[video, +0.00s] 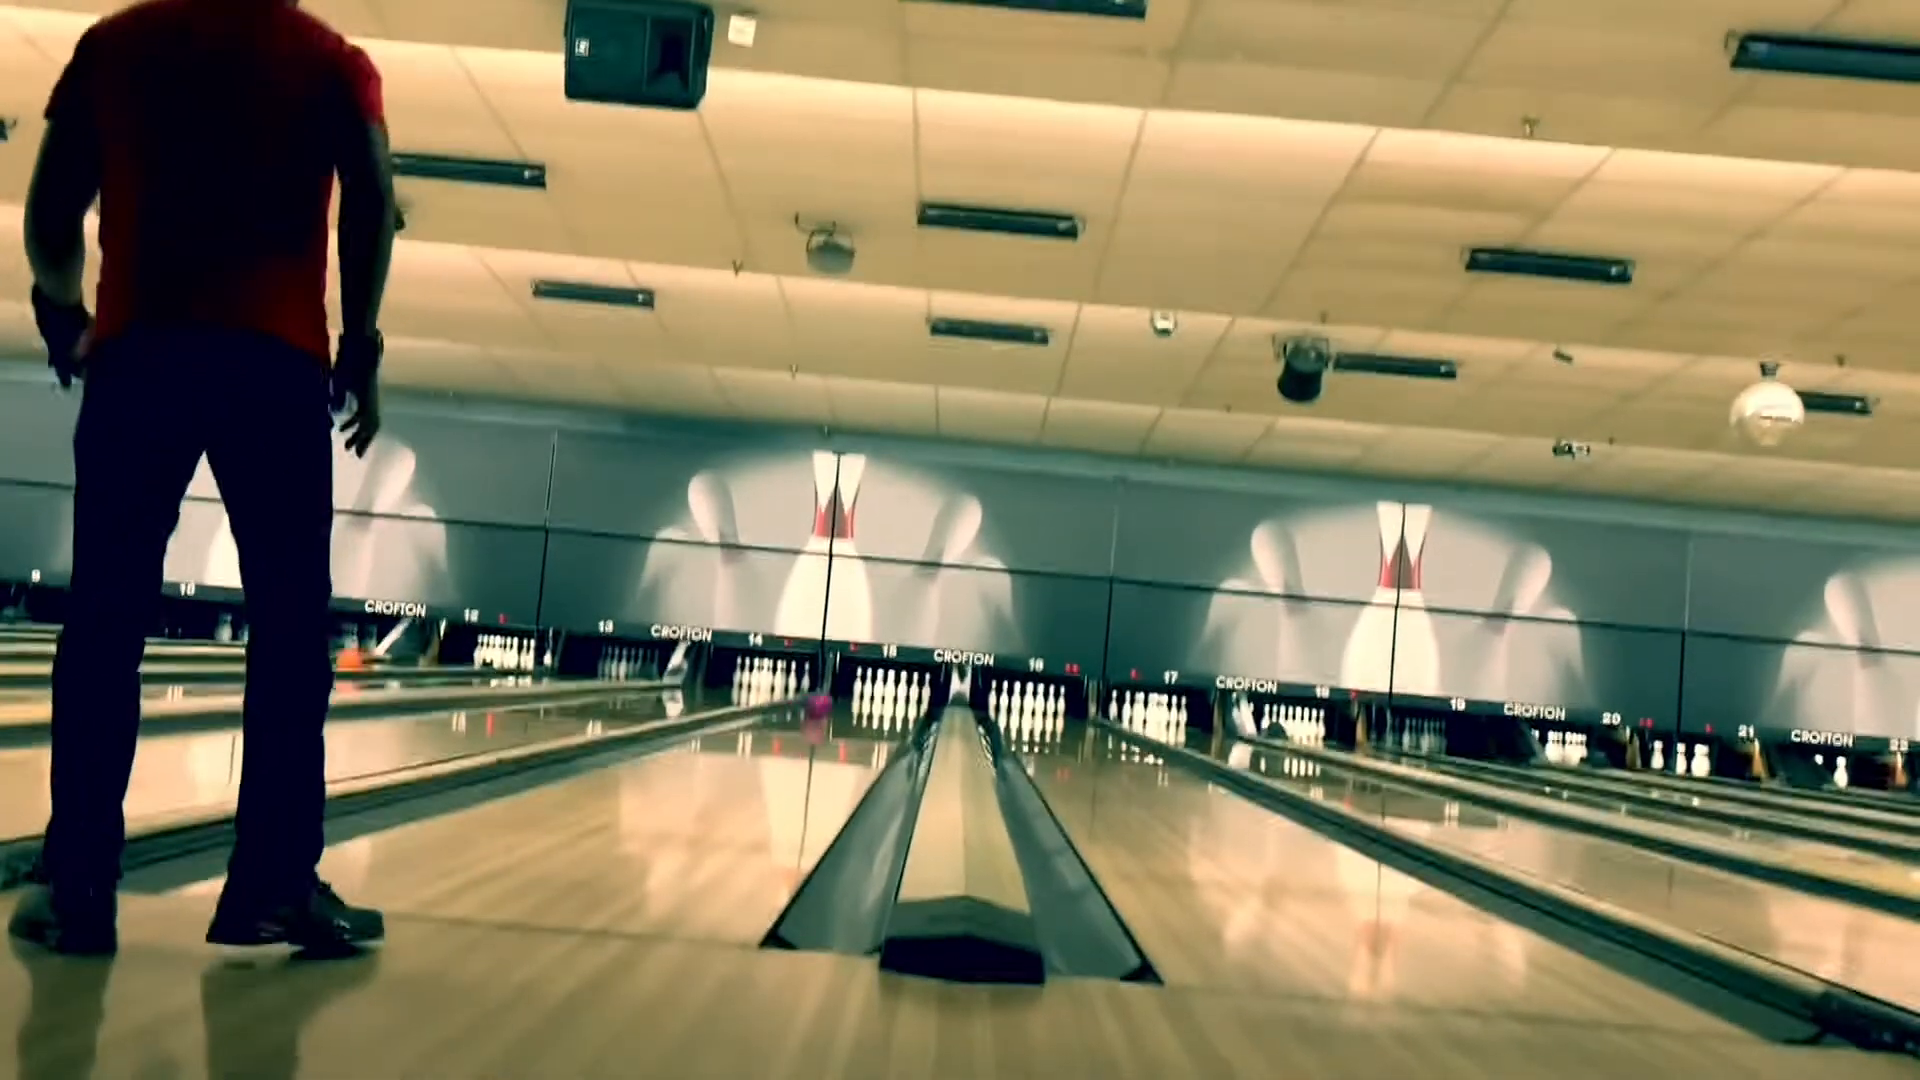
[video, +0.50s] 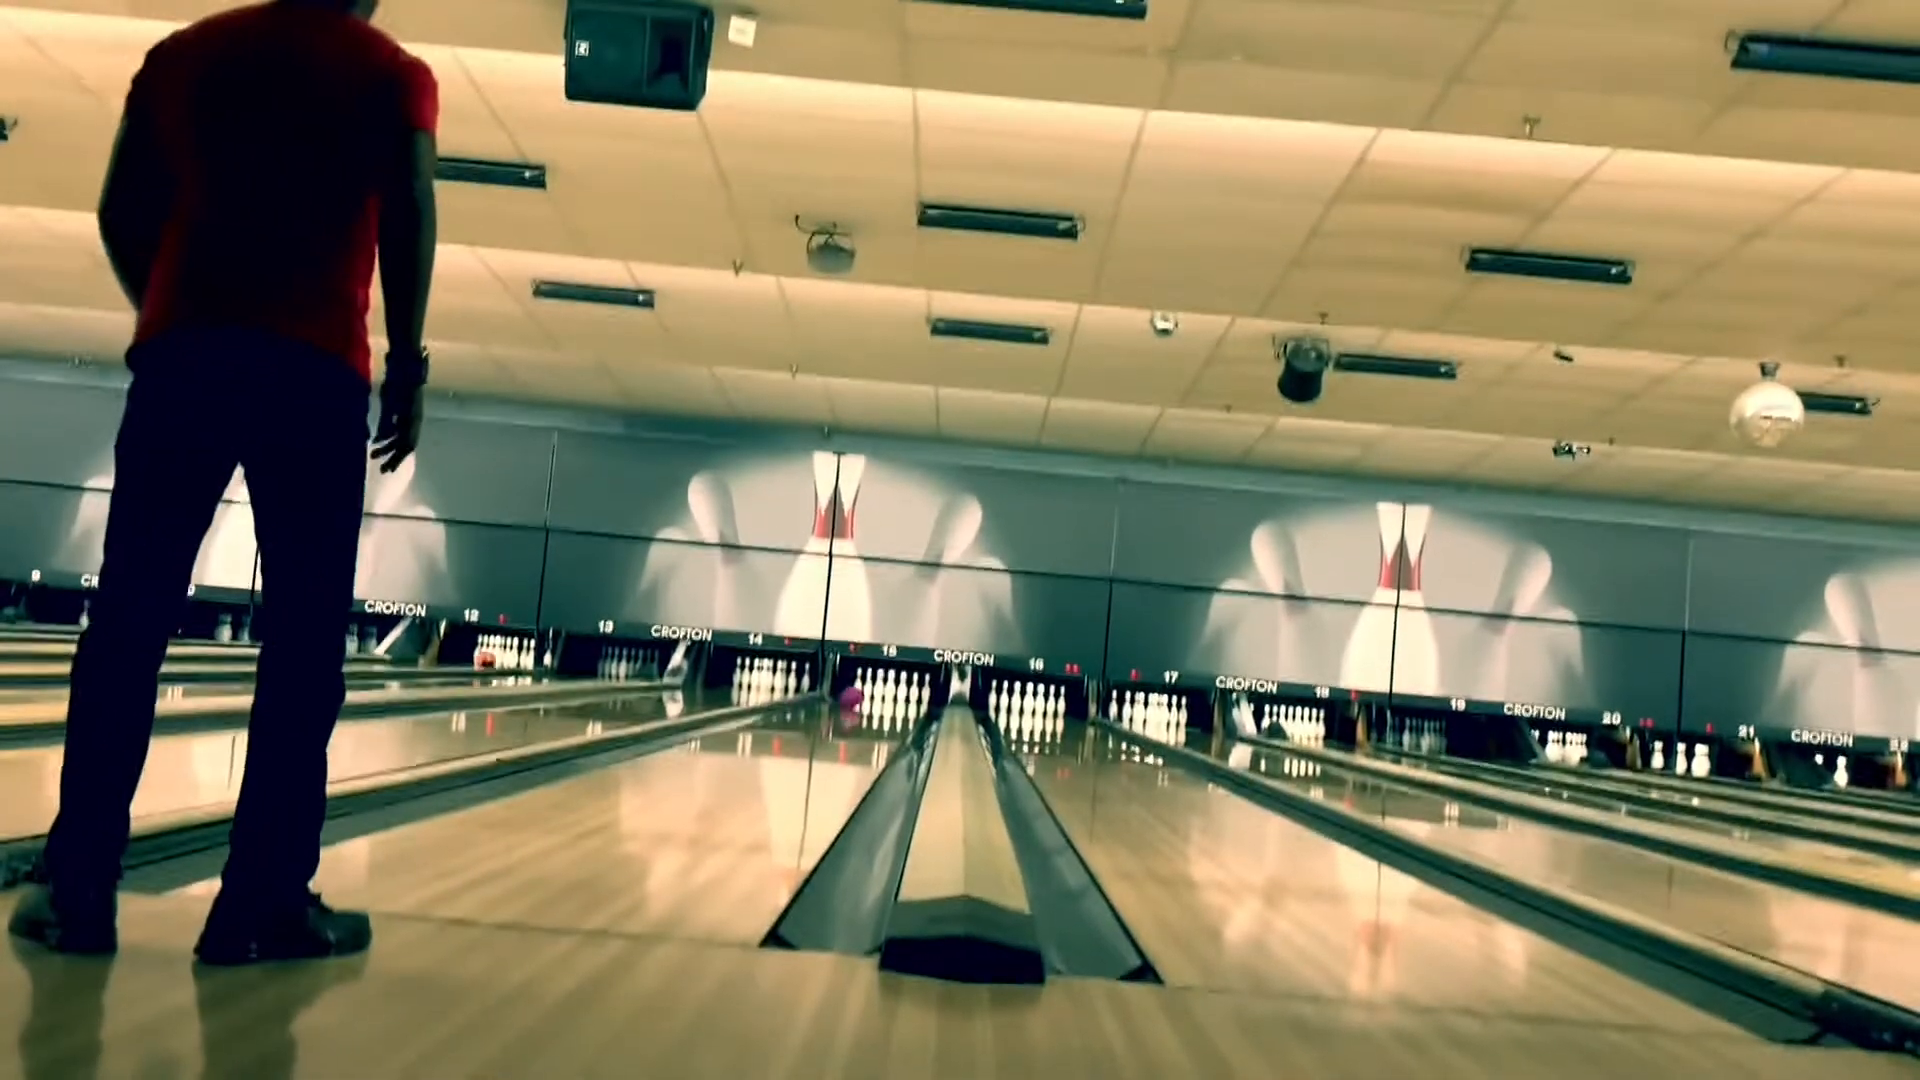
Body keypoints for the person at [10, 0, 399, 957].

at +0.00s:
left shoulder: (112, 42)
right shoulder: (333, 58)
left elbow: (51, 207)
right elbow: (373, 207)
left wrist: (59, 305)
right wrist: (362, 332)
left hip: (139, 359)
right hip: (273, 364)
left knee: (103, 620)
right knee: (290, 629)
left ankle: (79, 895)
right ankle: (272, 888)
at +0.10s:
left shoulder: (117, 42)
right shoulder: (334, 59)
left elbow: (56, 210)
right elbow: (370, 209)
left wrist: (75, 327)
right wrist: (363, 340)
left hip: (138, 361)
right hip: (271, 366)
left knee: (102, 624)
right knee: (290, 634)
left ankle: (79, 901)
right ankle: (267, 897)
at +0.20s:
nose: (324, 3)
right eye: (322, 2)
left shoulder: (121, 50)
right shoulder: (343, 67)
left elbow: (65, 214)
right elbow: (370, 214)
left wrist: (91, 328)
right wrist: (367, 347)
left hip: (140, 363)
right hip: (275, 370)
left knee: (102, 623)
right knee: (285, 638)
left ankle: (78, 899)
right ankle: (260, 906)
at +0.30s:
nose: (336, 4)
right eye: (335, 1)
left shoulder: (135, 50)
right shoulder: (357, 67)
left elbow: (85, 212)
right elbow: (377, 215)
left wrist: (109, 319)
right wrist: (375, 351)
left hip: (151, 365)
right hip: (283, 373)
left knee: (109, 623)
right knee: (290, 638)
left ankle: (78, 898)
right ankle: (261, 906)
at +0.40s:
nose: (355, 6)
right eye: (354, 3)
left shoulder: (156, 54)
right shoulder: (372, 69)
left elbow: (99, 216)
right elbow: (388, 215)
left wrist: (145, 320)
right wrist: (388, 358)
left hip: (164, 367)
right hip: (298, 374)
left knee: (116, 625)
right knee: (296, 644)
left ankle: (77, 899)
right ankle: (260, 906)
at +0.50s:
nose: (381, 1)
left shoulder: (179, 53)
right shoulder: (394, 70)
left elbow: (121, 216)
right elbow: (409, 217)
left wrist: (179, 320)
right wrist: (405, 358)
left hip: (180, 366)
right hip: (313, 376)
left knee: (126, 622)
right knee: (304, 645)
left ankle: (78, 899)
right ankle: (262, 908)